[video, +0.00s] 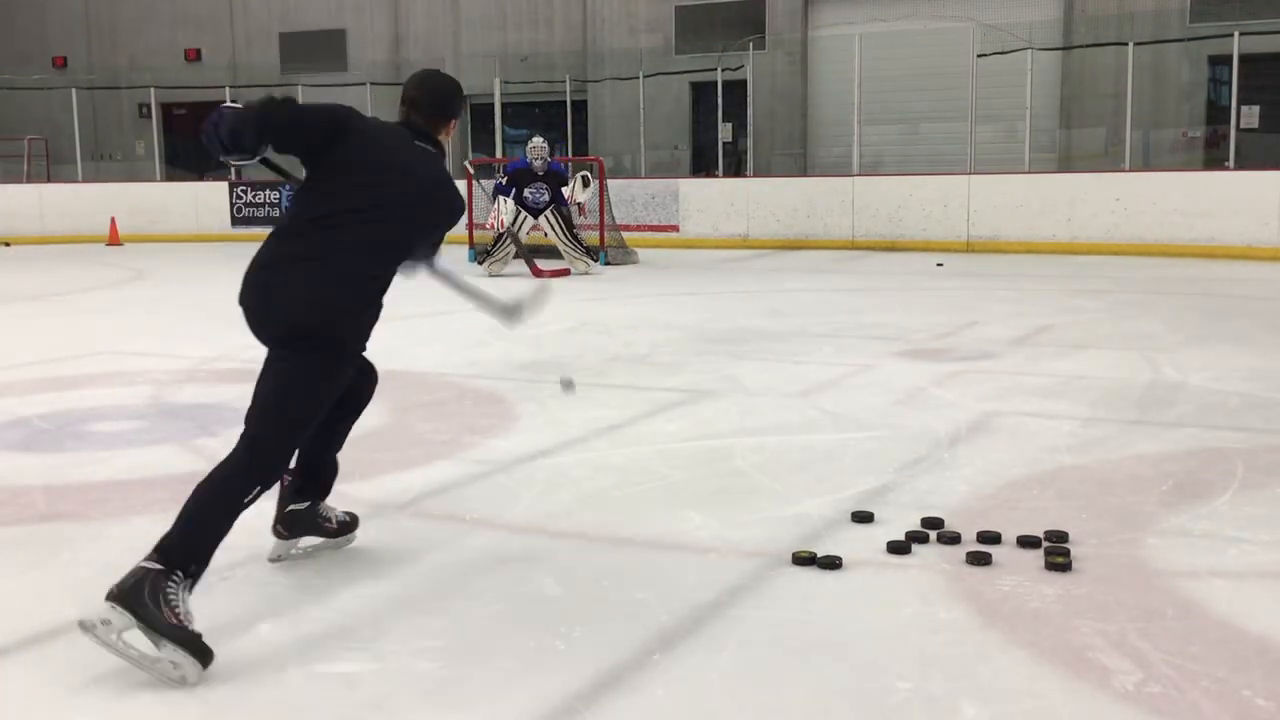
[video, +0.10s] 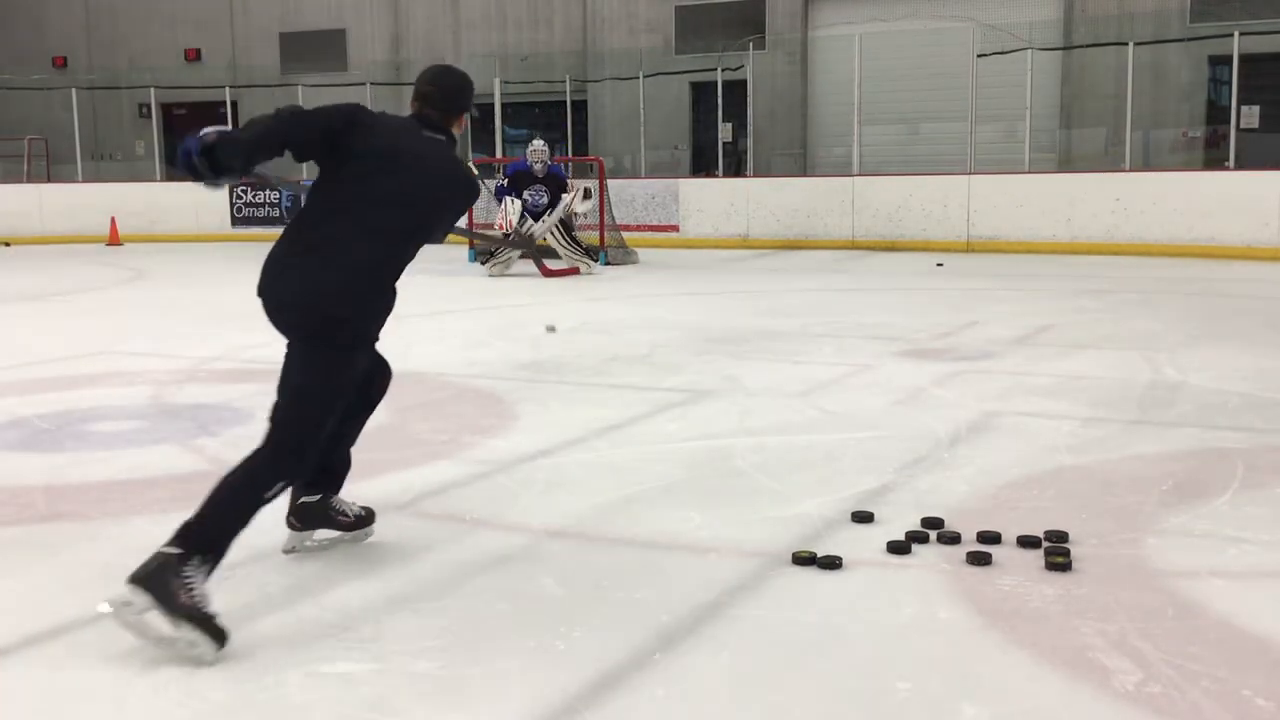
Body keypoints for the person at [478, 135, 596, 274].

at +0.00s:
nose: (538, 155)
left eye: (541, 151)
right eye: (534, 151)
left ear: (547, 152)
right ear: (528, 153)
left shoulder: (556, 170)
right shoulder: (516, 169)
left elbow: (569, 195)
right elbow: (500, 191)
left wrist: (580, 186)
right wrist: (501, 211)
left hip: (549, 209)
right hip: (523, 209)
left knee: (565, 236)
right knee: (510, 237)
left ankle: (584, 263)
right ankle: (491, 265)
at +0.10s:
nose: (538, 158)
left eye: (541, 154)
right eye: (534, 154)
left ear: (548, 156)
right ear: (528, 156)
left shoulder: (556, 174)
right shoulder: (516, 171)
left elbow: (565, 197)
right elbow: (500, 191)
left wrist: (573, 204)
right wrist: (512, 210)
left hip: (549, 217)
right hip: (522, 217)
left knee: (565, 241)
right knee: (512, 243)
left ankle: (587, 264)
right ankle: (493, 266)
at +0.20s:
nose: (536, 164)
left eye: (540, 160)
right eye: (532, 160)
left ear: (547, 160)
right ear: (527, 161)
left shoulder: (556, 180)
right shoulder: (518, 178)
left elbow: (564, 203)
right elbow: (501, 196)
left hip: (549, 224)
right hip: (524, 225)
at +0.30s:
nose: (532, 177)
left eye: (536, 173)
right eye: (529, 173)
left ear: (543, 172)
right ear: (523, 172)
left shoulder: (554, 189)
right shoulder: (515, 187)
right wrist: (502, 218)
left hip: (546, 235)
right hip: (520, 236)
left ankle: (591, 263)